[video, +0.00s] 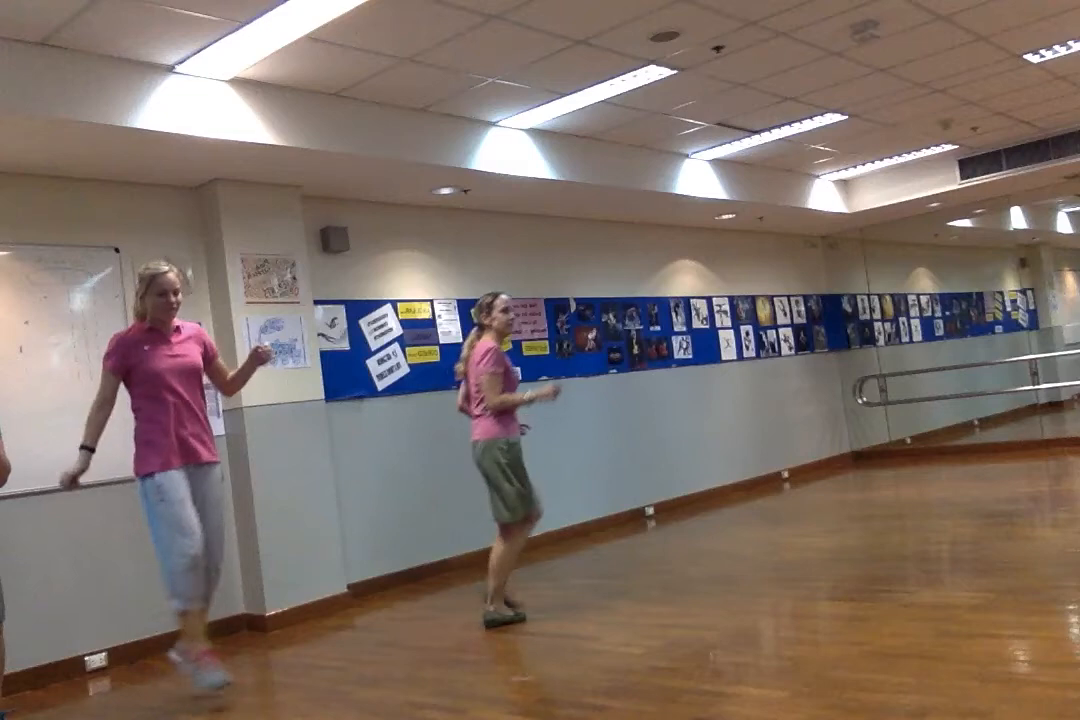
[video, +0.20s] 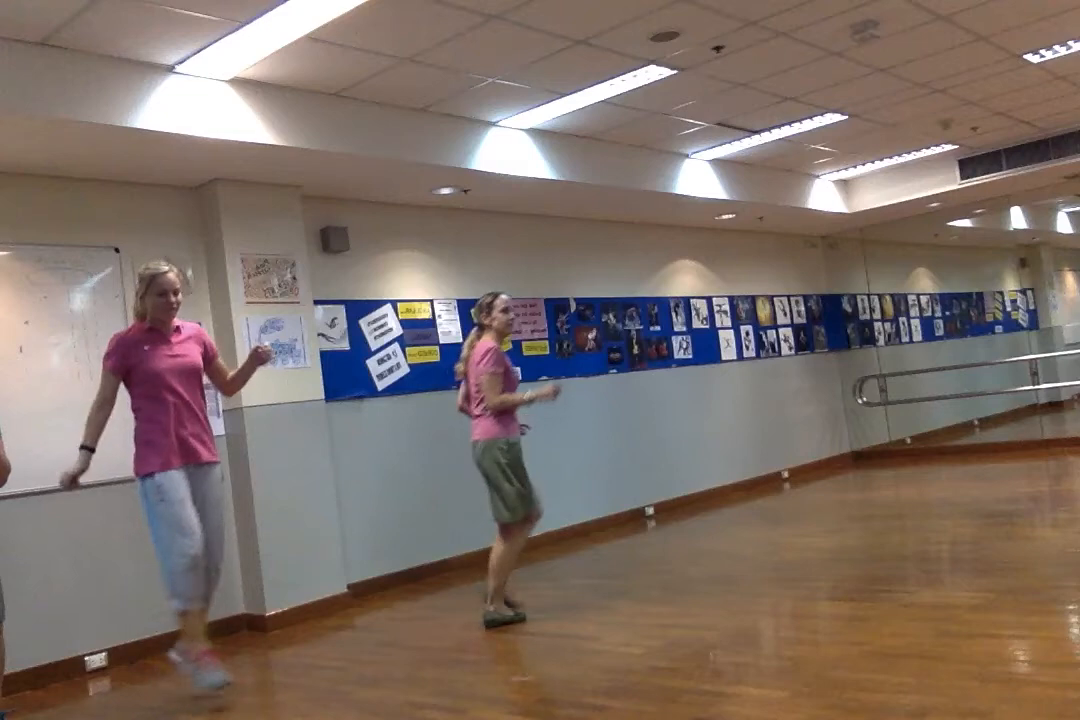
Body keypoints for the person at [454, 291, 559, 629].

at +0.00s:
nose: (511, 316)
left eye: (511, 310)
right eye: (504, 311)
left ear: (495, 319)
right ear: (486, 318)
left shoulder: (478, 350)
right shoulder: (490, 351)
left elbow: (464, 403)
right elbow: (493, 401)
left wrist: (505, 416)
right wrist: (535, 395)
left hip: (490, 442)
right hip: (497, 442)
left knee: (522, 516)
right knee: (518, 520)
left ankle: (497, 588)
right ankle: (495, 604)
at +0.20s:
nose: (511, 316)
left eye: (511, 310)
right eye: (504, 311)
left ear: (495, 319)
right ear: (486, 318)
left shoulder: (478, 350)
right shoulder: (490, 351)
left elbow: (464, 403)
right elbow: (493, 401)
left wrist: (505, 416)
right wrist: (535, 395)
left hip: (490, 441)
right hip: (497, 442)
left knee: (523, 516)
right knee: (517, 521)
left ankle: (497, 588)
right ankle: (495, 604)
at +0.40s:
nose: (511, 316)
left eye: (511, 310)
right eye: (504, 311)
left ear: (495, 319)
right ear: (486, 318)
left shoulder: (478, 350)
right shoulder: (490, 351)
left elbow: (464, 403)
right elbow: (493, 401)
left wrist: (505, 416)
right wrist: (535, 395)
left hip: (490, 441)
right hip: (497, 442)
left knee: (523, 516)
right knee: (517, 521)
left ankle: (497, 588)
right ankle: (495, 604)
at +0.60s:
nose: (511, 316)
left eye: (511, 310)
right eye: (504, 311)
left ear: (495, 319)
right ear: (486, 318)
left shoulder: (478, 350)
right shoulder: (490, 351)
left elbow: (464, 403)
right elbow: (493, 401)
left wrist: (505, 416)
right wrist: (535, 395)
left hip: (490, 441)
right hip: (497, 442)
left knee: (523, 516)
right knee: (517, 521)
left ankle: (497, 588)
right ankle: (495, 604)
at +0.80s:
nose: (511, 316)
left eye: (511, 310)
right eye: (504, 311)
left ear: (495, 319)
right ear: (486, 318)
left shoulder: (478, 350)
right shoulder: (490, 351)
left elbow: (464, 403)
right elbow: (493, 401)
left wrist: (505, 416)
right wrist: (535, 395)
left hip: (490, 441)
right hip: (497, 442)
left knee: (523, 516)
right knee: (517, 521)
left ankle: (497, 588)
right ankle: (495, 604)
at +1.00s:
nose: (511, 316)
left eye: (511, 310)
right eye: (504, 311)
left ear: (495, 319)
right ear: (486, 317)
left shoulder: (478, 350)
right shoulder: (490, 351)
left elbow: (464, 403)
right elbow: (494, 401)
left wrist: (505, 416)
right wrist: (535, 395)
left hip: (490, 442)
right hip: (497, 442)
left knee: (526, 514)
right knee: (514, 523)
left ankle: (497, 589)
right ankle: (494, 604)